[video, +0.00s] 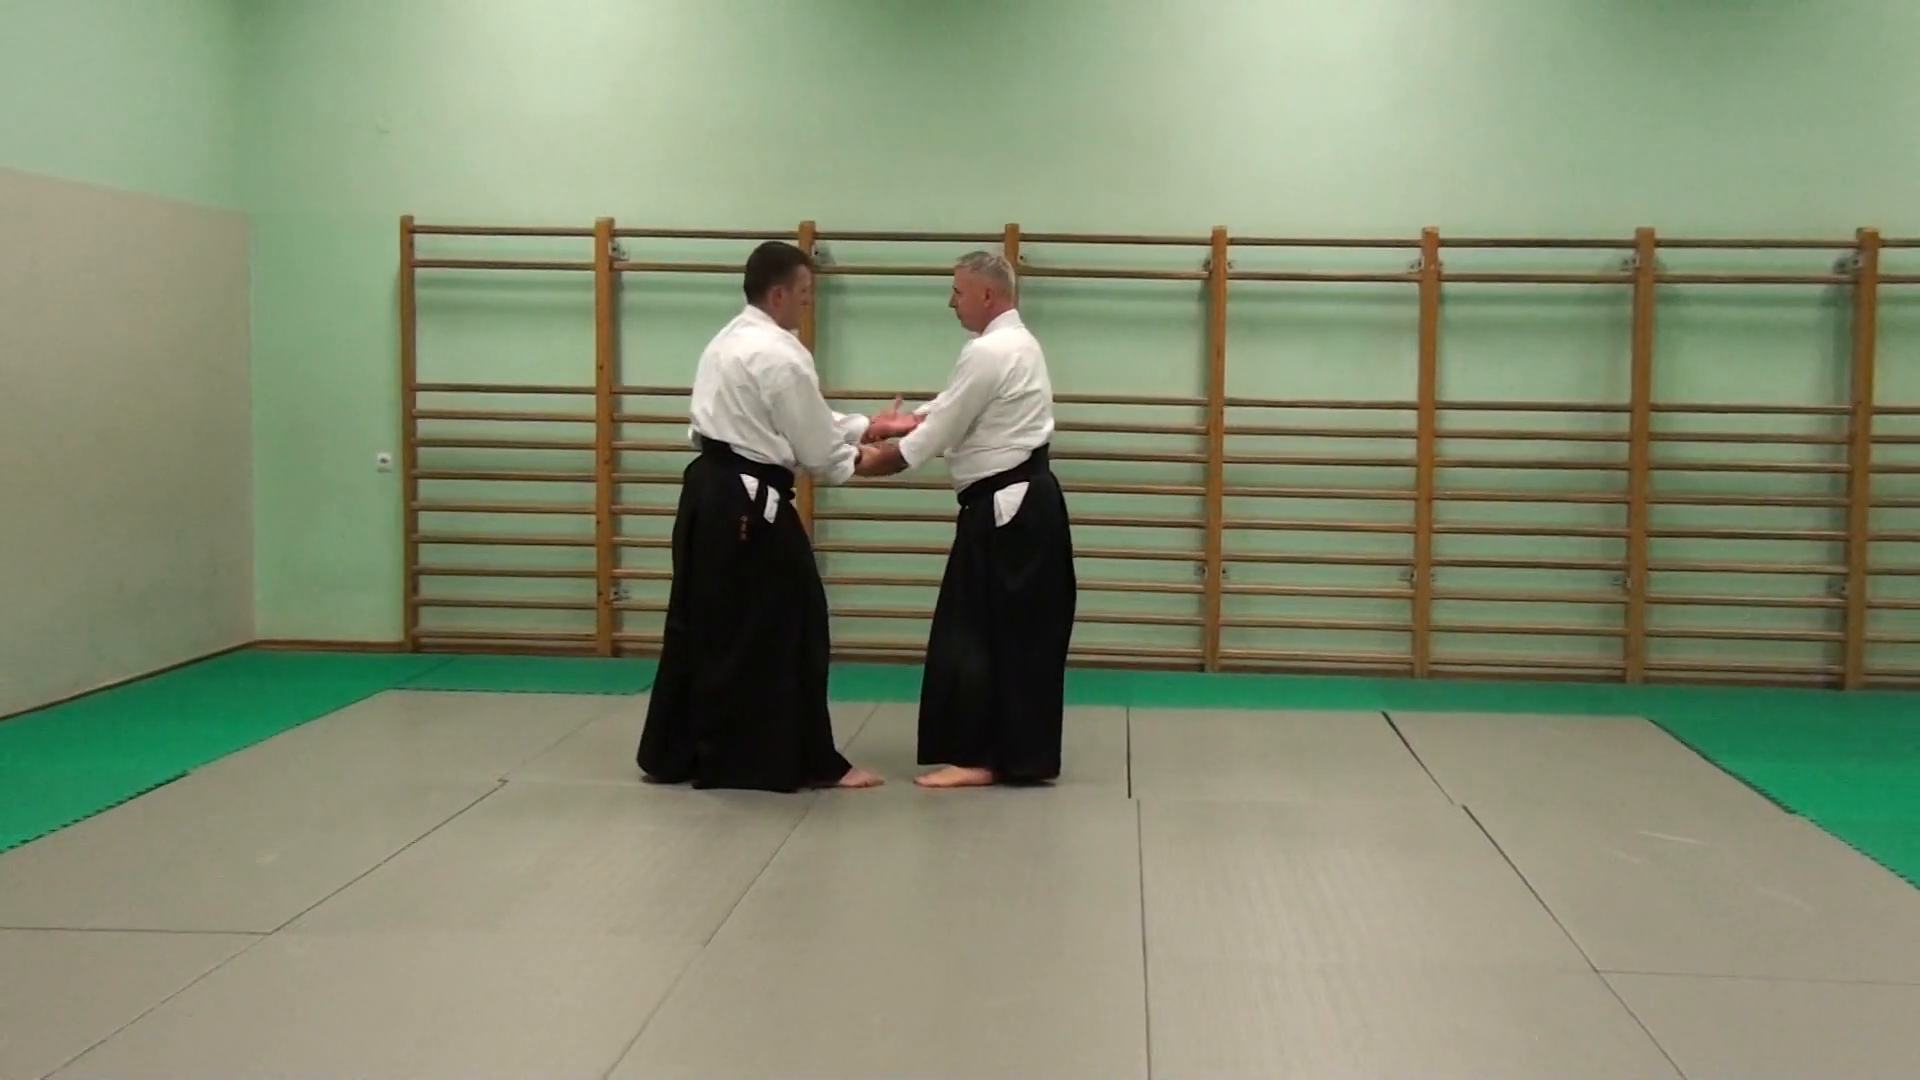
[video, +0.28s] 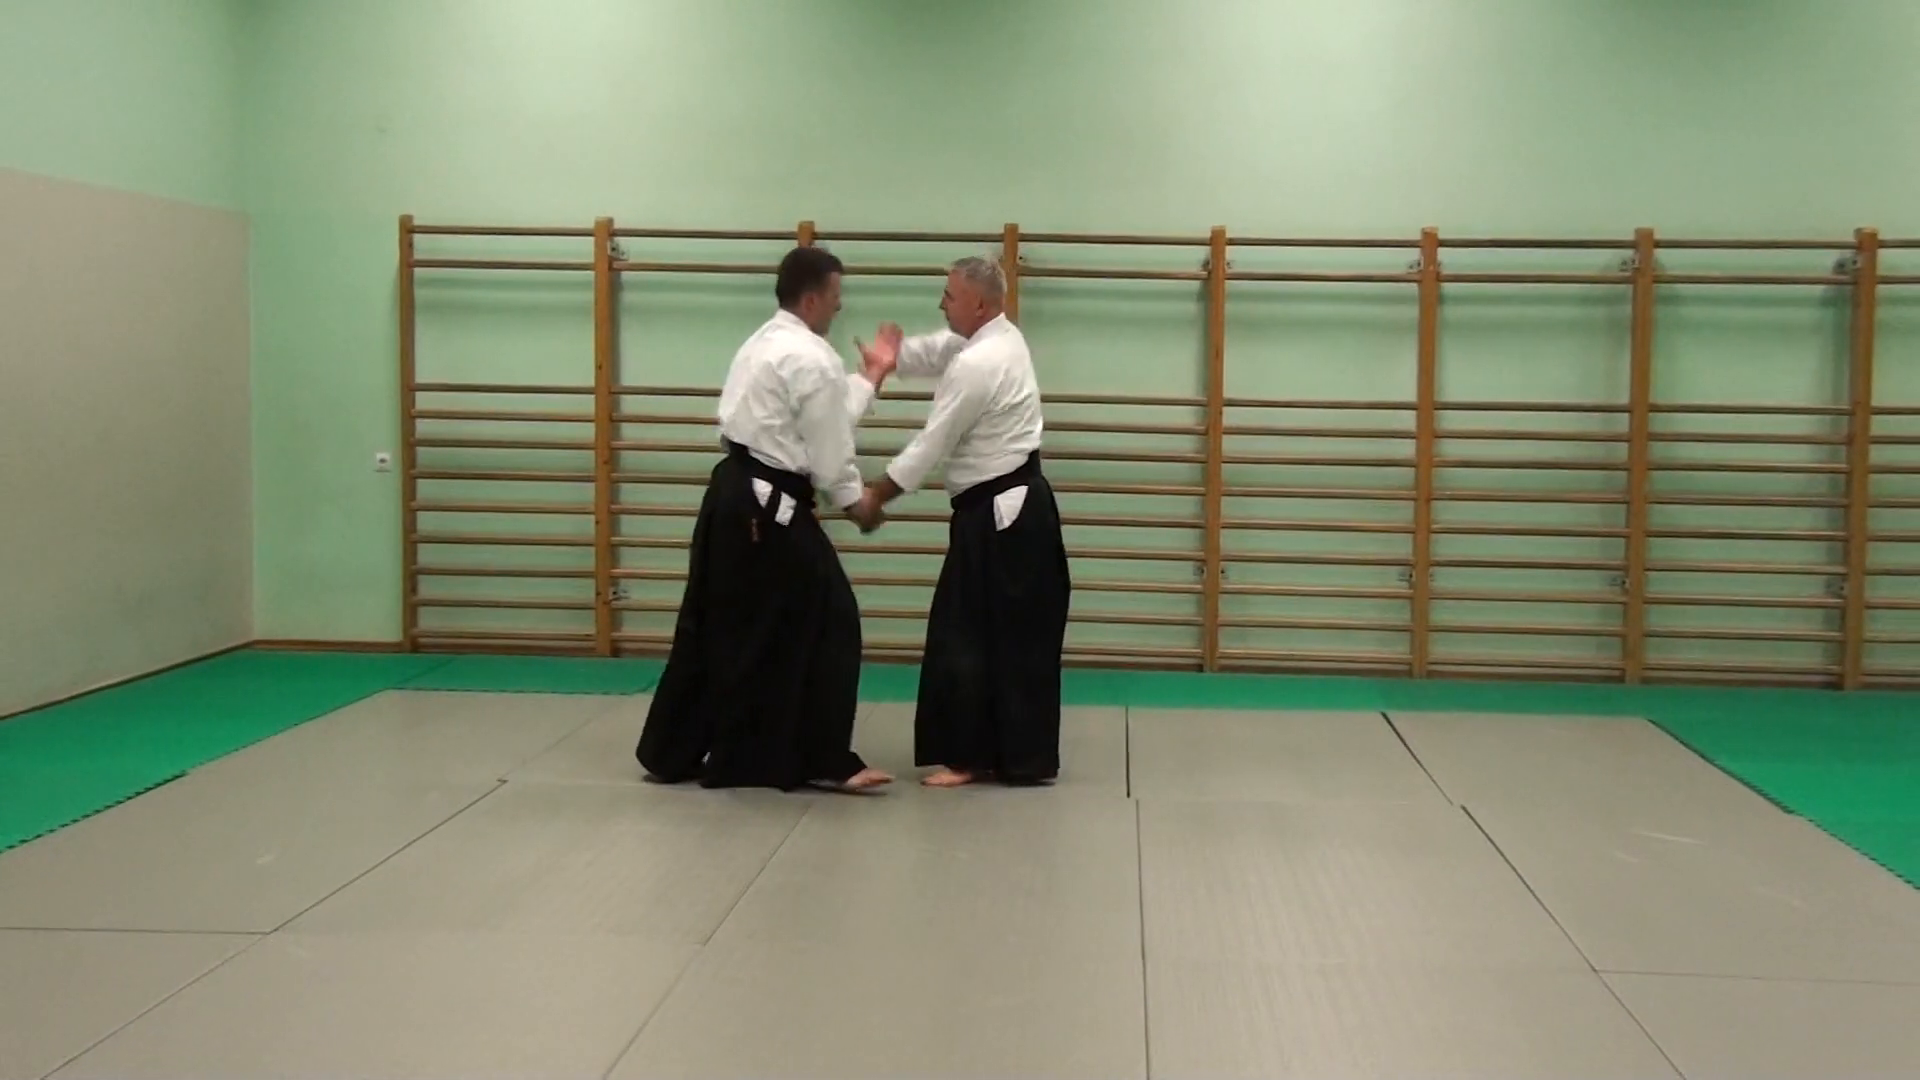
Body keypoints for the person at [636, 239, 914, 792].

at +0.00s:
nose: (807, 302)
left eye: (807, 290)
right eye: (803, 291)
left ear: (758, 290)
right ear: (778, 291)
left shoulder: (727, 340)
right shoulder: (783, 358)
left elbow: (793, 421)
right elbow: (820, 458)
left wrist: (867, 424)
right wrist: (865, 460)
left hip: (707, 491)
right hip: (755, 505)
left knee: (705, 621)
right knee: (801, 619)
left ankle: (677, 753)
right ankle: (811, 759)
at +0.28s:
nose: (839, 303)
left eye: (838, 292)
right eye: (835, 292)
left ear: (790, 293)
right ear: (814, 294)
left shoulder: (761, 342)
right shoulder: (814, 361)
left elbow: (819, 419)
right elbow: (830, 461)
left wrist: (868, 379)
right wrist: (857, 501)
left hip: (732, 491)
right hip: (773, 507)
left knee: (721, 621)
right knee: (834, 616)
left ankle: (675, 749)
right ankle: (828, 757)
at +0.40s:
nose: (867, 306)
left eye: (865, 295)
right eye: (863, 296)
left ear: (818, 296)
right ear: (844, 300)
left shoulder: (794, 342)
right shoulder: (839, 364)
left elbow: (862, 393)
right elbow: (854, 461)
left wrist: (896, 334)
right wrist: (877, 525)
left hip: (768, 495)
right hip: (802, 512)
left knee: (748, 627)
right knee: (850, 623)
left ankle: (685, 748)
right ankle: (835, 767)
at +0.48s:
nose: (894, 303)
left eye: (895, 294)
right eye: (890, 294)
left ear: (846, 292)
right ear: (871, 295)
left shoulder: (823, 338)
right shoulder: (869, 366)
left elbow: (893, 364)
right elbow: (878, 463)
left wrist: (927, 307)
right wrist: (891, 535)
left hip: (801, 499)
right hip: (833, 515)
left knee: (776, 629)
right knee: (859, 635)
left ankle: (705, 737)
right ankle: (839, 773)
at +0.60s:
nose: (936, 304)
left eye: (935, 293)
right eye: (930, 294)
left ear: (884, 297)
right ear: (908, 300)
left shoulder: (865, 336)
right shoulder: (900, 373)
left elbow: (937, 326)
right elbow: (902, 477)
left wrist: (1004, 291)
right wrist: (920, 556)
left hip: (836, 505)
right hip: (869, 524)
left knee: (812, 631)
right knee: (863, 648)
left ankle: (781, 754)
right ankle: (836, 771)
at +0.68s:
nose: (958, 311)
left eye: (958, 301)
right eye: (952, 302)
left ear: (911, 302)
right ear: (927, 306)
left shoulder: (899, 338)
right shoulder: (915, 381)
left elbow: (969, 324)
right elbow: (910, 486)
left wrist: (1052, 317)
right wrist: (934, 570)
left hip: (861, 507)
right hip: (881, 527)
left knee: (837, 642)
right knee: (862, 651)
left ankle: (807, 763)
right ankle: (830, 774)